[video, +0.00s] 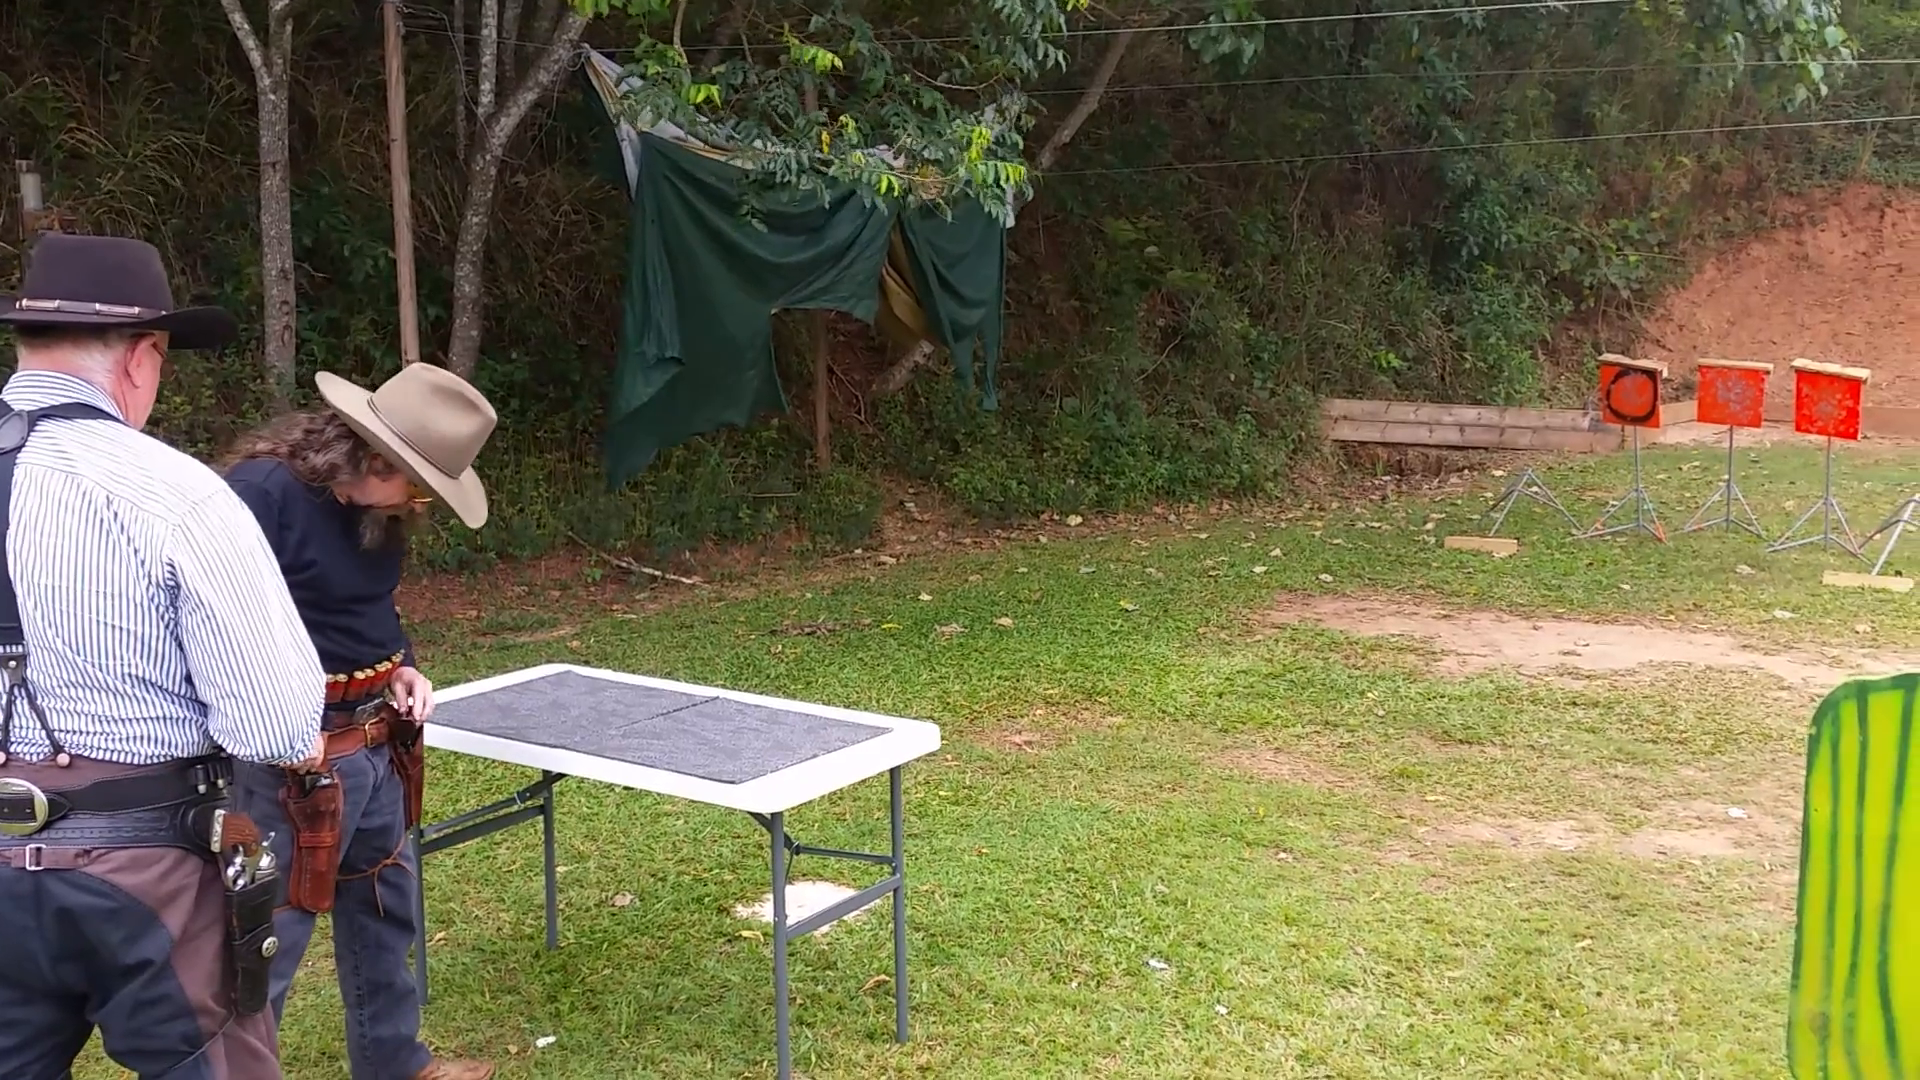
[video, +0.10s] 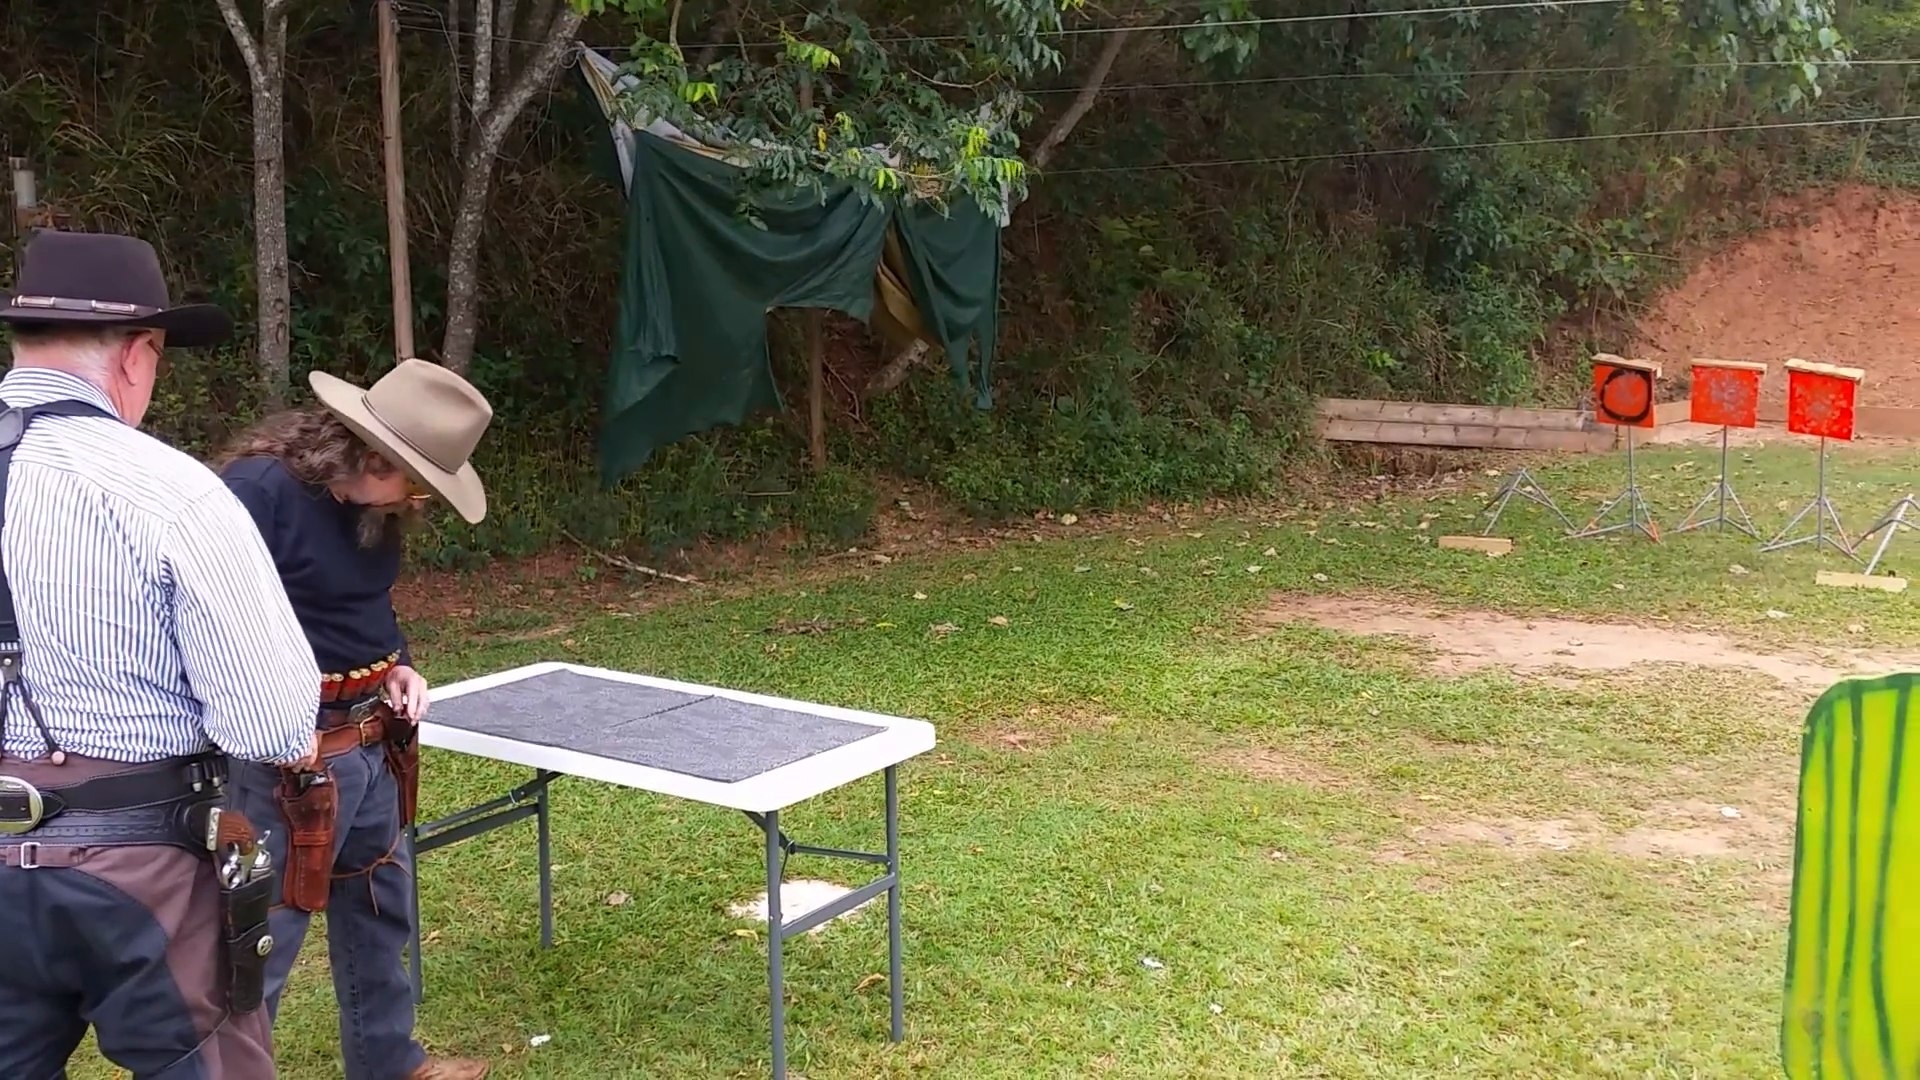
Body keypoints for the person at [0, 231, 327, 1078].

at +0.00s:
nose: (155, 386)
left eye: (160, 364)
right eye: (160, 363)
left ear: (27, 348)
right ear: (135, 363)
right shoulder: (170, 489)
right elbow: (276, 722)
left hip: (4, 839)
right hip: (138, 848)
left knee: (20, 1061)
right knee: (216, 1060)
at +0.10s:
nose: (151, 385)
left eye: (156, 363)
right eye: (155, 362)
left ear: (22, 346)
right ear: (132, 360)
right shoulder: (164, 485)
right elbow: (273, 721)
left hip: (2, 841)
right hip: (133, 848)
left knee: (16, 1062)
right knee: (208, 1060)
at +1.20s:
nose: (138, 327)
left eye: (138, 306)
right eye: (138, 305)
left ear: (1, 294)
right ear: (110, 303)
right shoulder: (144, 425)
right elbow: (311, 635)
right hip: (116, 786)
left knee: (6, 1040)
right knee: (191, 1048)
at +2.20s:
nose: (96, 299)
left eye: (97, 276)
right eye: (97, 276)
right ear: (80, 284)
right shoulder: (128, 417)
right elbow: (301, 559)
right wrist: (285, 482)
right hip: (90, 771)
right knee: (158, 1040)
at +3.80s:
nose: (20, 271)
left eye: (16, 262)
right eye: (18, 261)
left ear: (8, 266)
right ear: (12, 265)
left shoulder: (49, 390)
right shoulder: (46, 391)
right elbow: (172, 607)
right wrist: (197, 521)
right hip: (33, 754)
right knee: (113, 1028)